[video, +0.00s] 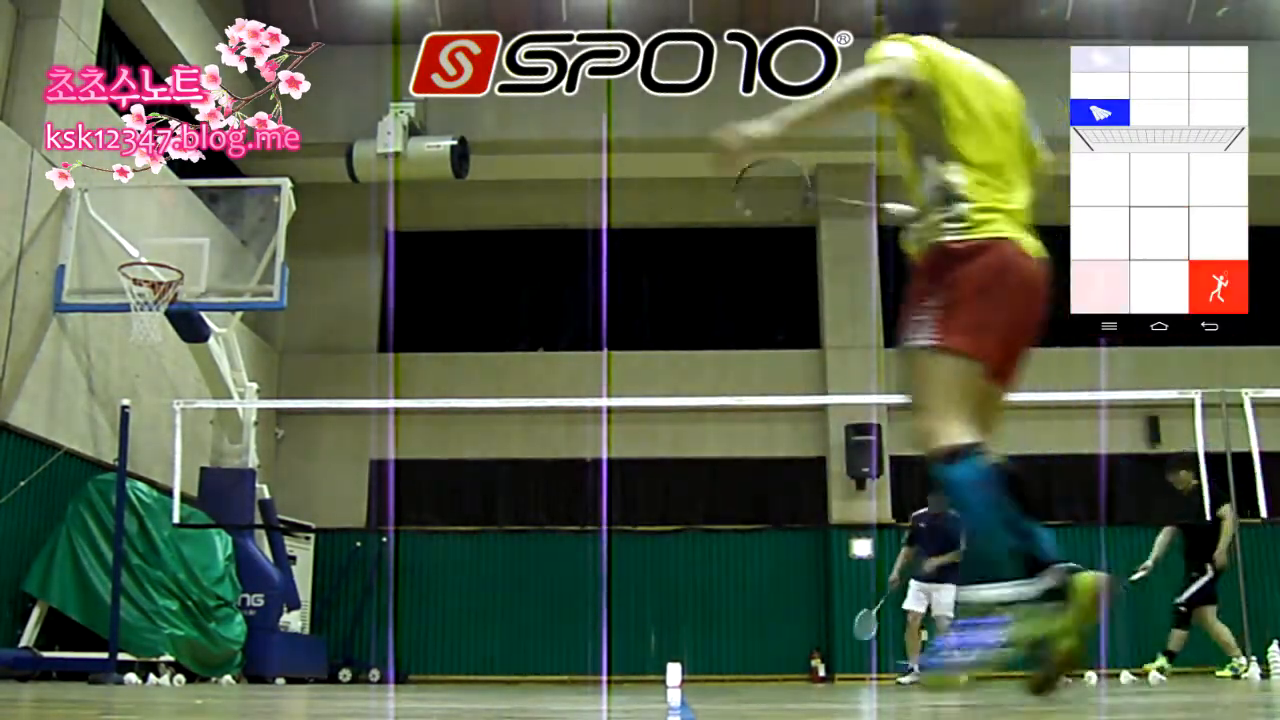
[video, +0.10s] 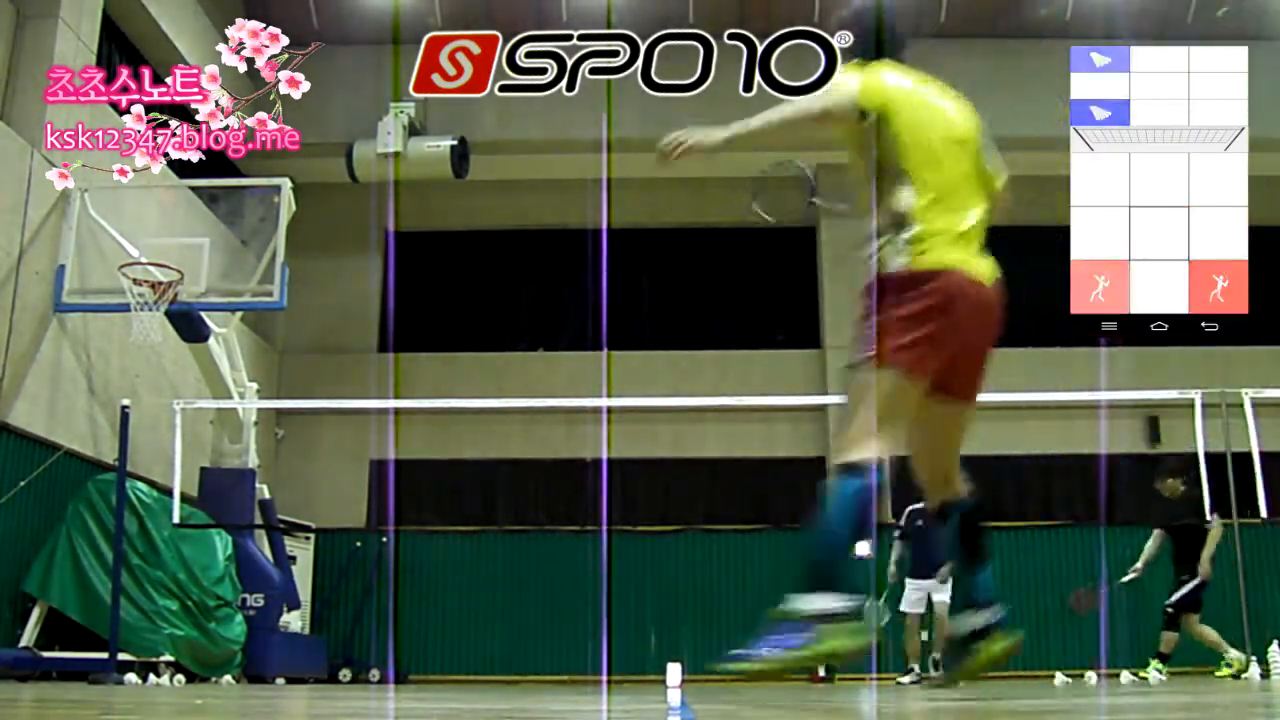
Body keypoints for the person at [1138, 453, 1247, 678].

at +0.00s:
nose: (1175, 485)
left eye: (1176, 480)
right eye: (1173, 482)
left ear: (1187, 473)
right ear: (1179, 478)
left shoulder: (1209, 492)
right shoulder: (1182, 501)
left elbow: (1229, 518)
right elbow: (1168, 531)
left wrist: (1221, 549)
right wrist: (1151, 561)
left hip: (1210, 564)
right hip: (1193, 566)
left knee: (1182, 606)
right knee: (1207, 618)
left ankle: (1166, 660)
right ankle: (1239, 659)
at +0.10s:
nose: (1160, 488)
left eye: (1163, 483)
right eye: (1159, 484)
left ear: (1178, 480)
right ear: (1164, 485)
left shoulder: (1197, 500)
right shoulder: (1169, 507)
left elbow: (1217, 527)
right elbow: (1157, 537)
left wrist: (1205, 558)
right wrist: (1141, 563)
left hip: (1197, 571)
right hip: (1181, 573)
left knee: (1171, 610)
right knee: (1191, 626)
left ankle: (1158, 666)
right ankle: (1234, 657)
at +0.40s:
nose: (1148, 492)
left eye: (1150, 487)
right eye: (1145, 488)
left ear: (1163, 483)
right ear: (1147, 487)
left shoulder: (1185, 501)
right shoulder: (1155, 508)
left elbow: (1195, 533)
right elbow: (1146, 541)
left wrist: (1166, 551)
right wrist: (1139, 571)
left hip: (1193, 561)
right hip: (1172, 561)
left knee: (1173, 610)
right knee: (1158, 613)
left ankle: (1160, 664)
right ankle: (1197, 654)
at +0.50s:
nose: (1154, 484)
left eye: (1158, 479)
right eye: (1153, 480)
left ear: (1171, 477)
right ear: (1153, 482)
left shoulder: (1189, 499)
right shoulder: (1158, 504)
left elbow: (1202, 530)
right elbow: (1151, 537)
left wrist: (1172, 548)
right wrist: (1143, 567)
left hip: (1193, 562)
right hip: (1171, 563)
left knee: (1175, 608)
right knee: (1171, 614)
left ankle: (1161, 663)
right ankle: (1205, 659)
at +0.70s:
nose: (1160, 473)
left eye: (1164, 467)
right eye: (1158, 468)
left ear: (1178, 467)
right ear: (1159, 471)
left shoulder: (1196, 492)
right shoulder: (1162, 498)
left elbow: (1211, 524)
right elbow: (1156, 533)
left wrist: (1187, 545)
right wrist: (1151, 565)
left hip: (1197, 558)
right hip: (1173, 560)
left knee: (1181, 604)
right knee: (1187, 613)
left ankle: (1171, 658)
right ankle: (1207, 660)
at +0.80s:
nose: (1161, 471)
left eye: (1165, 466)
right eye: (1159, 467)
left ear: (1178, 466)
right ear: (1158, 470)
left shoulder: (1196, 491)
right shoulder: (1162, 497)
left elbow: (1210, 522)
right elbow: (1159, 532)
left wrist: (1183, 541)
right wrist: (1157, 566)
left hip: (1198, 557)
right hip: (1175, 558)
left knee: (1185, 603)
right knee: (1190, 610)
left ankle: (1181, 657)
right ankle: (1209, 660)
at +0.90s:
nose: (1161, 471)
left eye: (1165, 465)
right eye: (1158, 467)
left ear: (1178, 466)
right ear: (1157, 470)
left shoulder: (1194, 490)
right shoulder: (1165, 498)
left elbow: (1202, 522)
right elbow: (1160, 533)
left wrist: (1172, 538)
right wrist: (1159, 567)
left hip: (1198, 555)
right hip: (1176, 556)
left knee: (1187, 603)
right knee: (1191, 609)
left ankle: (1188, 657)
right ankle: (1209, 660)